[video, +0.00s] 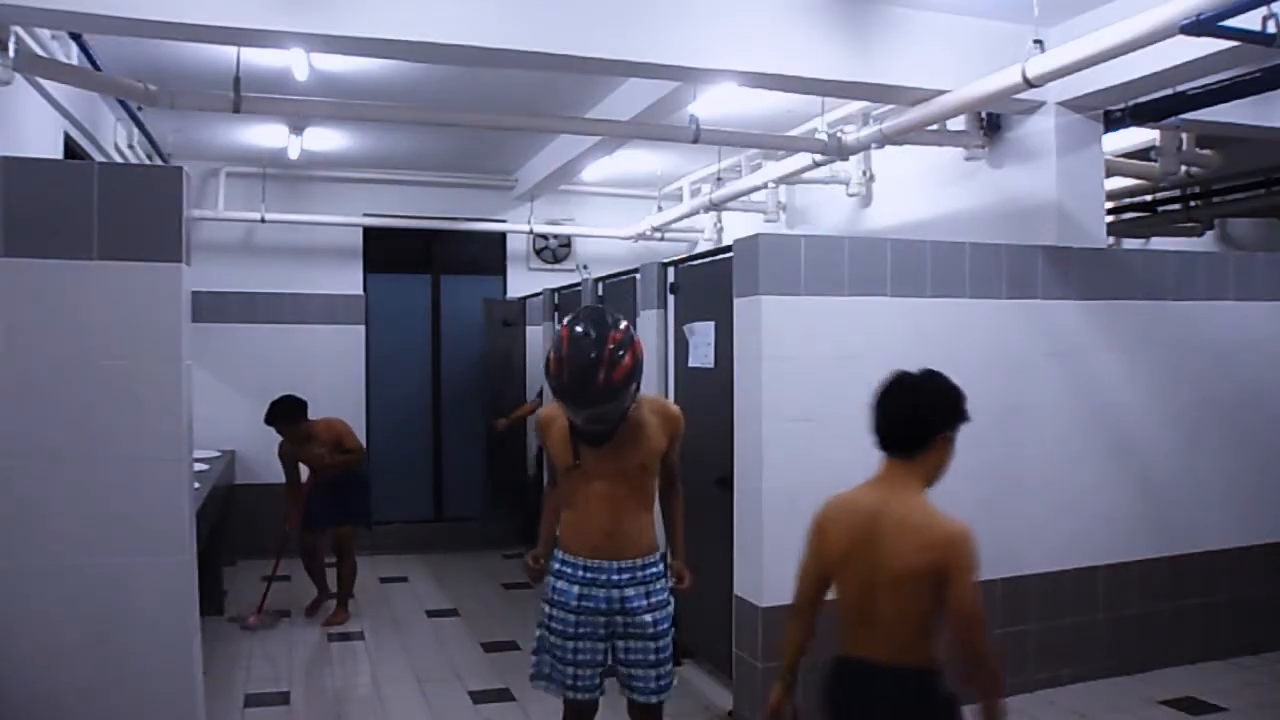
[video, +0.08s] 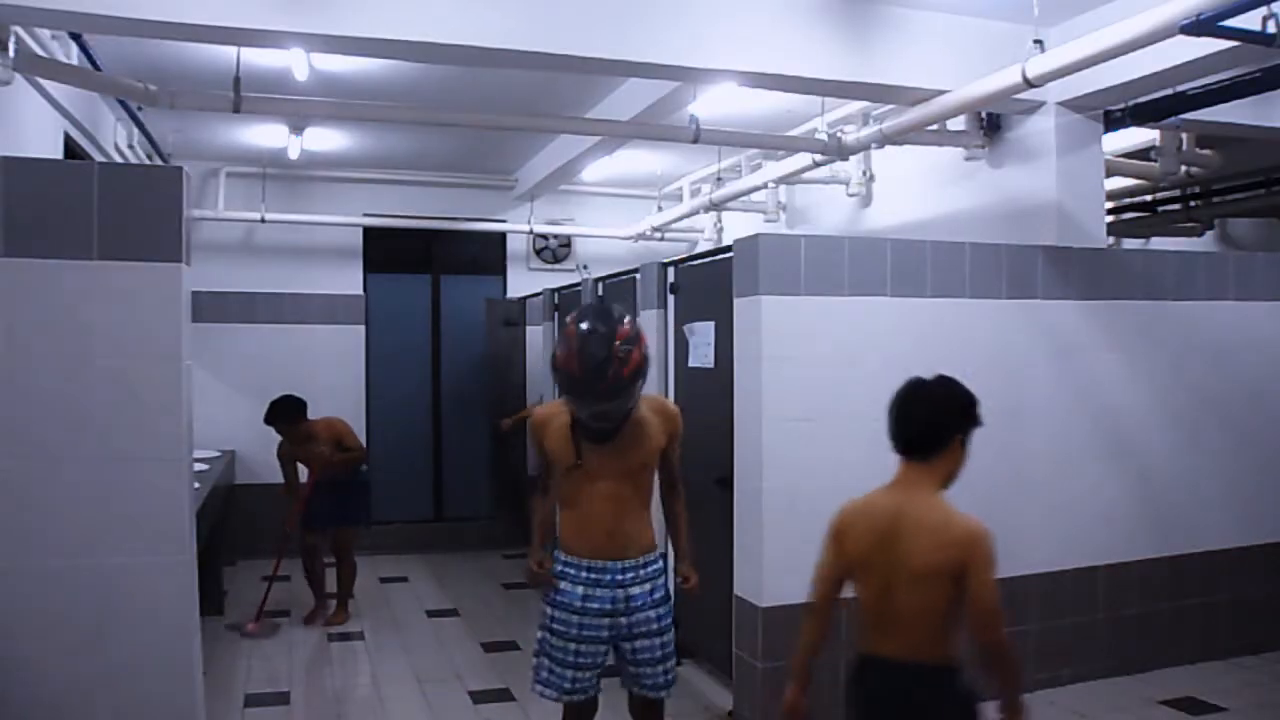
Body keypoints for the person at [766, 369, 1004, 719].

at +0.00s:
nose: (952, 451)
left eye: (953, 438)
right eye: (953, 438)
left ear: (886, 432)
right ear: (942, 442)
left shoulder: (834, 514)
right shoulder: (946, 536)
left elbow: (803, 611)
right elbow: (971, 643)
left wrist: (785, 684)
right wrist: (992, 704)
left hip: (846, 686)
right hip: (916, 691)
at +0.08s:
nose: (966, 455)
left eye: (967, 442)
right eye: (967, 442)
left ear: (899, 439)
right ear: (957, 445)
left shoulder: (851, 519)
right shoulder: (965, 535)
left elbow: (818, 611)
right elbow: (989, 636)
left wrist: (797, 686)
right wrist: (1012, 701)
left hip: (868, 684)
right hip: (936, 687)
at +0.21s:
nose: (985, 451)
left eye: (987, 440)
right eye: (987, 440)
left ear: (921, 437)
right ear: (977, 441)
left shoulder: (882, 517)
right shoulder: (990, 527)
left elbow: (858, 615)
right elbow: (1009, 634)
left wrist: (837, 693)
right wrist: (1029, 700)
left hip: (904, 671)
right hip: (967, 674)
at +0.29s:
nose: (1000, 443)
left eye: (1000, 433)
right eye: (1000, 433)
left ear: (938, 431)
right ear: (992, 437)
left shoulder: (901, 511)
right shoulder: (1005, 519)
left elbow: (889, 605)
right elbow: (1020, 620)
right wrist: (1037, 694)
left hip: (921, 663)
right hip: (985, 666)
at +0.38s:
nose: (1016, 435)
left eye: (1016, 426)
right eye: (1016, 426)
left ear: (956, 423)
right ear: (1007, 429)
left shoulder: (919, 500)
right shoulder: (1018, 509)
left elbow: (915, 591)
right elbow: (1030, 611)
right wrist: (1044, 689)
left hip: (938, 649)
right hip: (996, 653)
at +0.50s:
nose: (1041, 434)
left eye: (1041, 424)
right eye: (1041, 424)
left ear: (984, 420)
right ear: (1032, 426)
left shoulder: (944, 490)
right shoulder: (1038, 502)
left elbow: (943, 573)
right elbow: (1046, 603)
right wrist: (1056, 677)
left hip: (958, 637)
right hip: (1014, 643)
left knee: (961, 711)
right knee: (1014, 712)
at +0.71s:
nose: (1087, 437)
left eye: (1088, 427)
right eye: (1087, 427)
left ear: (1033, 421)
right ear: (1080, 429)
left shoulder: (993, 485)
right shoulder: (1082, 502)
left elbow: (986, 563)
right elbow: (1084, 594)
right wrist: (1092, 671)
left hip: (999, 628)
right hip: (1054, 634)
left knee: (992, 709)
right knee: (1051, 710)